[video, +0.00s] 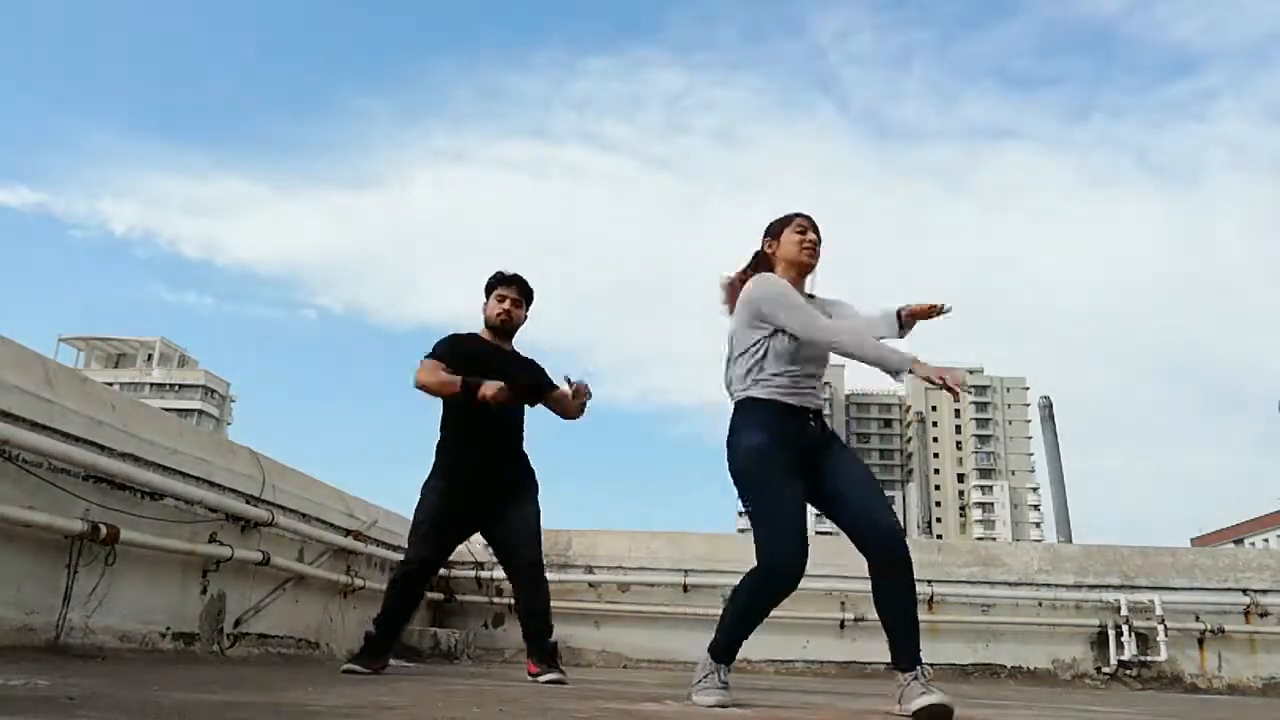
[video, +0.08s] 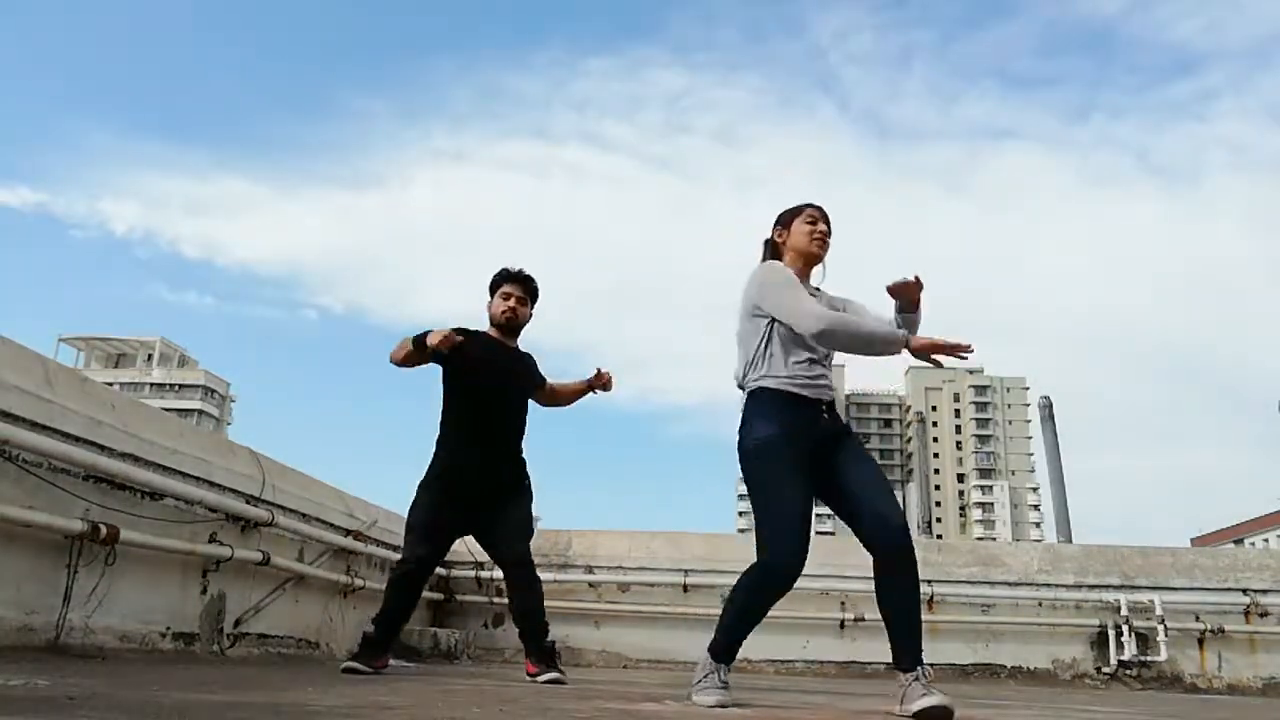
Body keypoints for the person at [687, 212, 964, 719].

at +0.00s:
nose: (811, 238)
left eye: (815, 234)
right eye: (798, 230)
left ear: (816, 254)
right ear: (770, 246)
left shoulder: (817, 304)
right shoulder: (763, 287)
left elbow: (854, 324)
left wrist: (903, 317)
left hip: (814, 436)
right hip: (762, 431)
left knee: (888, 543)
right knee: (782, 566)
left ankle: (911, 679)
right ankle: (714, 666)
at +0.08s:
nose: (821, 230)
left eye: (827, 228)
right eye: (809, 222)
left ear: (826, 248)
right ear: (779, 235)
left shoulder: (827, 300)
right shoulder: (768, 275)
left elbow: (893, 337)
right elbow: (816, 325)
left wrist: (908, 311)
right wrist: (904, 342)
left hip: (827, 430)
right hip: (773, 422)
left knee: (894, 539)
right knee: (782, 560)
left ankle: (912, 680)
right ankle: (715, 664)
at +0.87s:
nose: (840, 185)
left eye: (849, 178)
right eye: (828, 186)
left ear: (870, 193)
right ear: (821, 211)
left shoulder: (905, 235)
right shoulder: (821, 270)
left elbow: (954, 301)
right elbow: (801, 347)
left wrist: (996, 234)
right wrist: (779, 299)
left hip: (890, 382)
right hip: (823, 385)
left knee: (894, 532)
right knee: (767, 494)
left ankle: (916, 679)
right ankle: (792, 574)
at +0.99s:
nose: (840, 186)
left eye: (848, 179)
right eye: (828, 188)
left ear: (870, 196)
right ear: (822, 215)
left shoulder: (902, 235)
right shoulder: (821, 276)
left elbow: (944, 291)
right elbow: (796, 345)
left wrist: (947, 216)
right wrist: (759, 294)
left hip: (885, 383)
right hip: (818, 387)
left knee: (889, 532)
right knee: (768, 508)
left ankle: (916, 679)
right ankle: (752, 639)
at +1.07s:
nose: (835, 210)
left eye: (846, 201)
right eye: (824, 210)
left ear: (870, 214)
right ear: (815, 228)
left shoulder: (894, 252)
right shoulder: (807, 271)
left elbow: (845, 248)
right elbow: (776, 292)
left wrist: (777, 234)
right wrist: (759, 308)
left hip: (866, 396)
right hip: (804, 397)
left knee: (875, 541)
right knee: (756, 530)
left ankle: (916, 680)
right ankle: (727, 673)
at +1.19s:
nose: (823, 212)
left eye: (832, 204)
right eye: (812, 212)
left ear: (857, 218)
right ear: (807, 234)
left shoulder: (878, 250)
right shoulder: (803, 276)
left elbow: (815, 266)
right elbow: (768, 312)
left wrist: (734, 268)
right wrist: (781, 306)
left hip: (849, 395)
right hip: (788, 396)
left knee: (856, 540)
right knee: (735, 524)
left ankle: (913, 679)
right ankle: (722, 672)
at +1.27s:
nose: (816, 206)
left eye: (826, 197)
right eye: (806, 207)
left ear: (852, 208)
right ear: (803, 228)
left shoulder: (875, 240)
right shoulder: (796, 274)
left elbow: (831, 252)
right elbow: (744, 312)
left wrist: (747, 254)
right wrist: (762, 300)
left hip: (844, 388)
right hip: (782, 391)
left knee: (857, 535)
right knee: (742, 526)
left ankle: (913, 677)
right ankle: (724, 672)